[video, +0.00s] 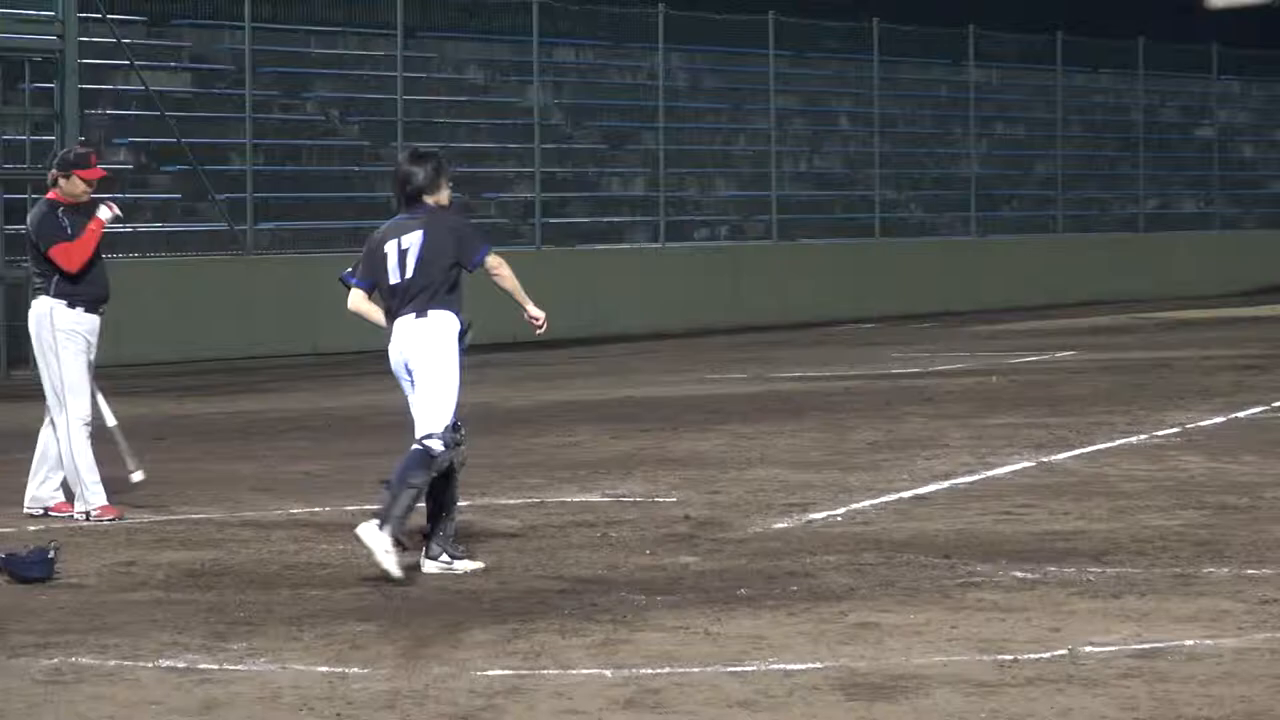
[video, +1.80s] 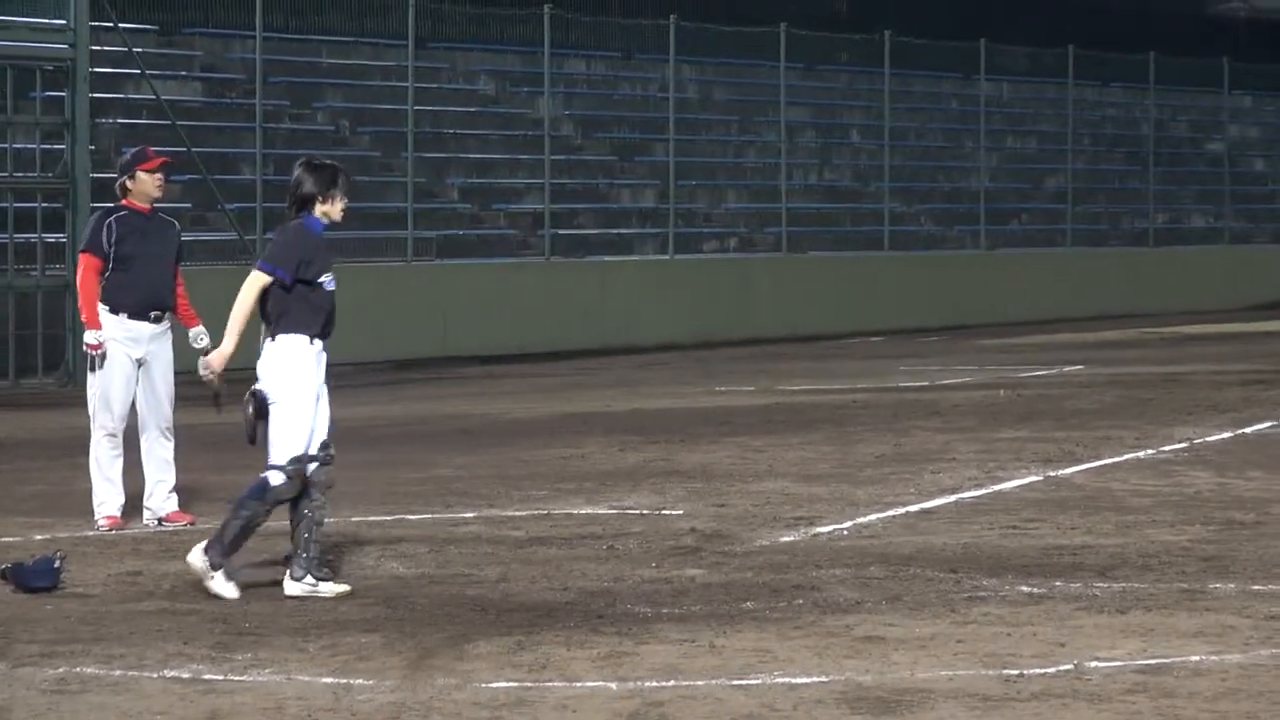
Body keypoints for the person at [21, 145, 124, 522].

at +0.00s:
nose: (92, 188)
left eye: (93, 181)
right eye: (85, 181)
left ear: (80, 181)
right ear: (61, 179)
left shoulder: (79, 213)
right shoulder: (43, 213)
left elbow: (79, 267)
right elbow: (71, 260)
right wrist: (99, 221)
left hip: (84, 318)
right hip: (58, 317)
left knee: (66, 411)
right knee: (74, 412)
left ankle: (42, 495)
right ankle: (91, 502)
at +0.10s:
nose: (105, 181)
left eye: (106, 175)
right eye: (99, 175)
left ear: (88, 177)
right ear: (75, 175)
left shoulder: (87, 210)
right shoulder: (58, 210)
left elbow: (89, 261)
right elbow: (69, 266)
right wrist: (117, 245)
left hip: (96, 315)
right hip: (72, 314)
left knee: (94, 406)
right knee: (81, 408)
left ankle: (52, 485)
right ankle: (94, 500)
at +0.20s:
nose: (117, 177)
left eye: (117, 170)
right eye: (111, 170)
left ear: (97, 173)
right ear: (87, 173)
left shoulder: (98, 209)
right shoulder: (71, 209)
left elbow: (98, 265)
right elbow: (72, 267)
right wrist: (124, 282)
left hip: (105, 314)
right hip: (79, 313)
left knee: (118, 402)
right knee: (85, 406)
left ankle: (67, 472)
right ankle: (95, 499)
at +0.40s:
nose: (131, 178)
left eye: (131, 172)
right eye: (125, 172)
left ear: (112, 175)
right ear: (103, 174)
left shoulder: (113, 214)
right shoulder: (84, 213)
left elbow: (116, 271)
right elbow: (83, 274)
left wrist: (125, 327)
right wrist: (91, 330)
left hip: (121, 321)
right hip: (93, 320)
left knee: (134, 407)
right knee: (91, 414)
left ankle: (124, 490)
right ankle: (91, 502)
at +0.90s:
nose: (172, 177)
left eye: (171, 172)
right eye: (165, 172)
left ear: (157, 177)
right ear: (142, 176)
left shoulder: (167, 219)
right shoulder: (117, 215)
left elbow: (167, 270)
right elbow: (107, 270)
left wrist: (180, 315)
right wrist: (121, 327)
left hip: (166, 327)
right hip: (128, 324)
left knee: (163, 418)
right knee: (115, 420)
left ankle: (160, 501)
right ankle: (103, 506)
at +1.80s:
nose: (162, 178)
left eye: (162, 173)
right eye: (154, 173)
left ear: (154, 181)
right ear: (130, 180)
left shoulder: (168, 227)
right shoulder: (107, 220)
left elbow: (174, 282)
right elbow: (88, 273)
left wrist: (194, 325)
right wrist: (91, 326)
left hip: (160, 332)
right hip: (115, 329)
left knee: (160, 422)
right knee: (109, 424)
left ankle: (162, 504)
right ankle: (108, 509)